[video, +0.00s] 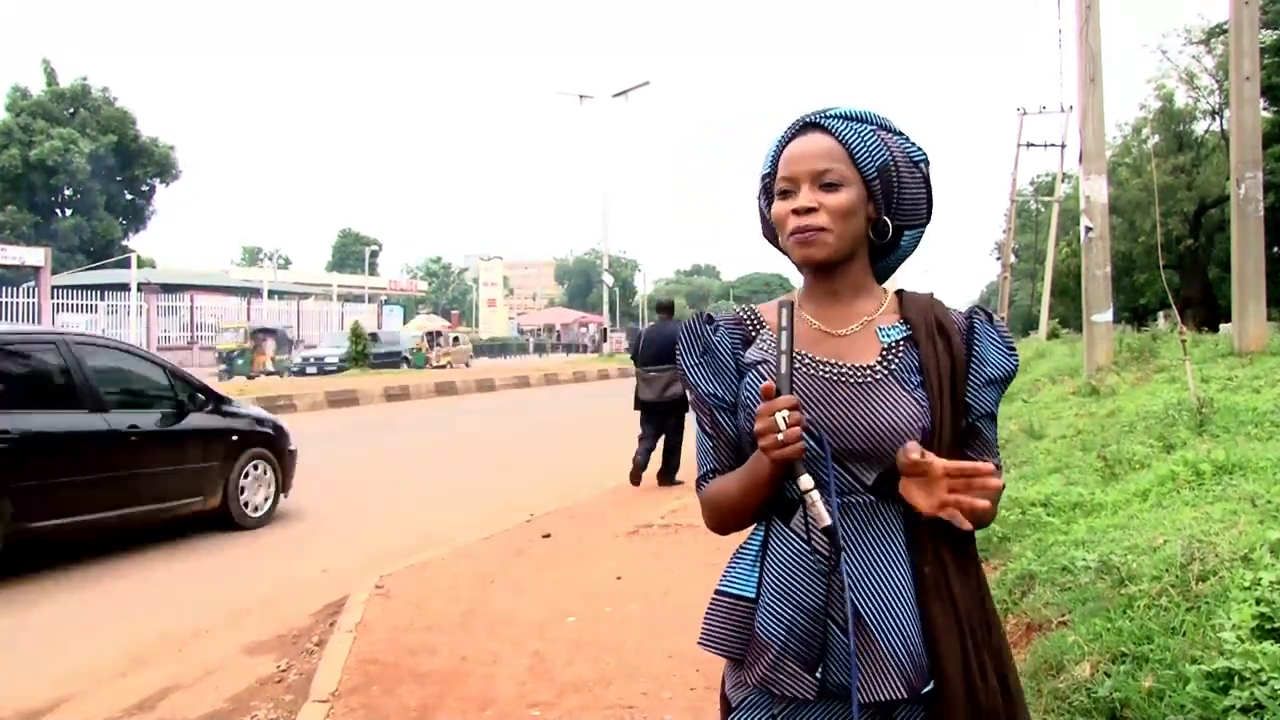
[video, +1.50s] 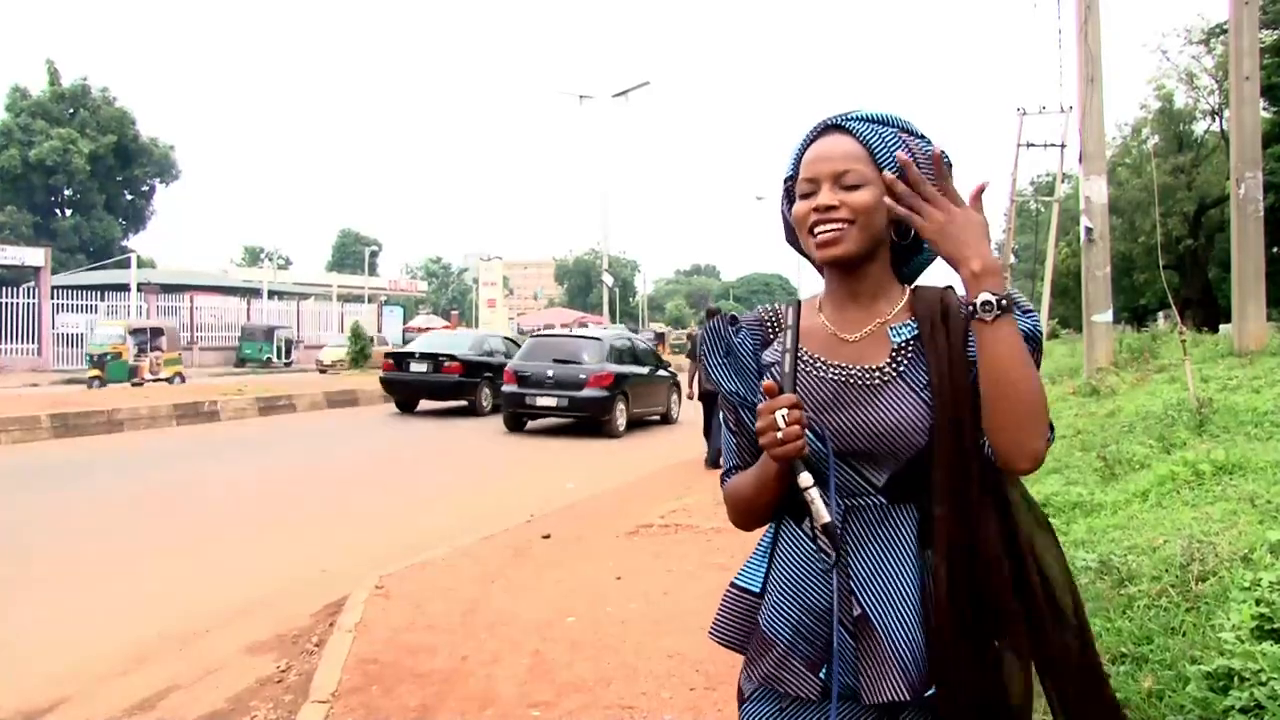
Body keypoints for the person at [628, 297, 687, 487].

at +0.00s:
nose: (666, 315)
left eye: (663, 311)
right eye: (669, 311)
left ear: (657, 312)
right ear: (673, 312)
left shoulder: (645, 333)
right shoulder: (681, 331)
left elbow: (635, 357)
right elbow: (689, 359)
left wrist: (645, 376)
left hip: (649, 389)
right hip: (675, 387)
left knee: (649, 429)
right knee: (674, 434)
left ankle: (640, 459)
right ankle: (667, 475)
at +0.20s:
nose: (672, 314)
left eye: (669, 311)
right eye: (675, 310)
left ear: (664, 312)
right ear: (680, 311)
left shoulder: (655, 333)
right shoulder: (688, 332)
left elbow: (647, 365)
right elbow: (696, 361)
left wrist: (646, 393)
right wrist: (700, 385)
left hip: (660, 387)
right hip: (684, 386)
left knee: (662, 426)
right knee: (678, 428)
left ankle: (663, 467)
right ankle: (668, 473)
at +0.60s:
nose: (687, 316)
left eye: (683, 313)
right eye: (688, 313)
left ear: (676, 313)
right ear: (691, 313)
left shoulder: (665, 334)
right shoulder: (699, 332)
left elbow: (661, 364)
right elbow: (707, 359)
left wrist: (663, 389)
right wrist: (713, 384)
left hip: (673, 384)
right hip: (696, 383)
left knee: (677, 423)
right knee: (698, 423)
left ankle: (685, 461)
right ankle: (684, 449)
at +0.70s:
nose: (690, 315)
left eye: (687, 312)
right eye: (692, 312)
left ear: (679, 312)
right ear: (694, 313)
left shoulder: (668, 332)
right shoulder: (701, 332)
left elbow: (662, 354)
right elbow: (708, 355)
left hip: (673, 383)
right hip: (697, 382)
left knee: (677, 422)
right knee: (703, 419)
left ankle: (682, 464)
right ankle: (693, 449)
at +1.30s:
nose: (710, 317)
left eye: (708, 313)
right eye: (713, 314)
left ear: (703, 314)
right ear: (718, 314)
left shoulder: (694, 333)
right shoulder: (723, 334)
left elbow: (687, 355)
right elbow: (728, 358)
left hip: (698, 381)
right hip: (718, 381)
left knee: (700, 417)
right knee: (714, 418)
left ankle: (699, 448)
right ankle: (712, 456)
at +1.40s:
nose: (711, 319)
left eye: (710, 316)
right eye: (713, 316)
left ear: (705, 316)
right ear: (719, 316)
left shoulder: (697, 336)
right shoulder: (726, 335)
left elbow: (691, 363)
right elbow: (732, 361)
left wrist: (687, 387)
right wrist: (732, 382)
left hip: (703, 386)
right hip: (722, 384)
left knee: (703, 420)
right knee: (715, 421)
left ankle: (706, 453)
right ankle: (712, 458)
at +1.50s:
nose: (714, 322)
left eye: (714, 318)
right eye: (715, 319)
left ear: (706, 319)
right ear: (720, 319)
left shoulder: (700, 337)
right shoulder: (727, 337)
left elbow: (693, 363)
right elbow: (733, 362)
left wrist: (690, 386)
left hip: (706, 386)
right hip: (724, 385)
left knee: (708, 418)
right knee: (719, 419)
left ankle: (711, 449)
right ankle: (714, 454)